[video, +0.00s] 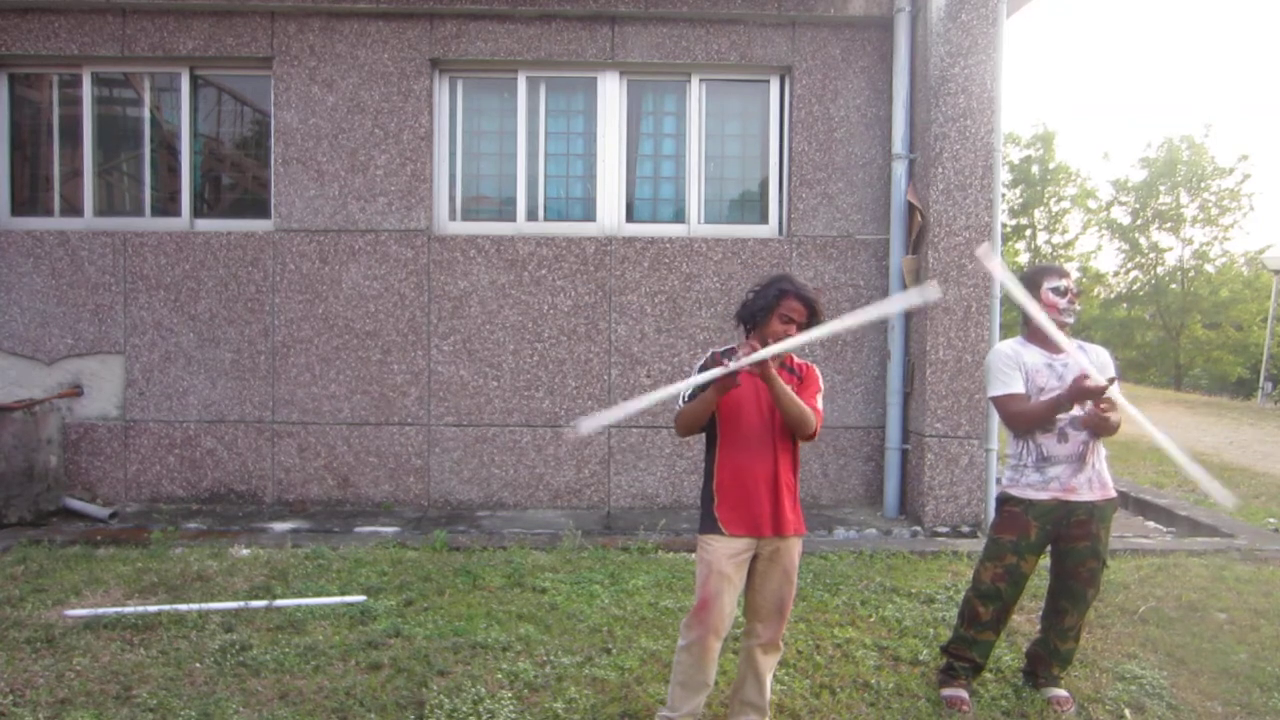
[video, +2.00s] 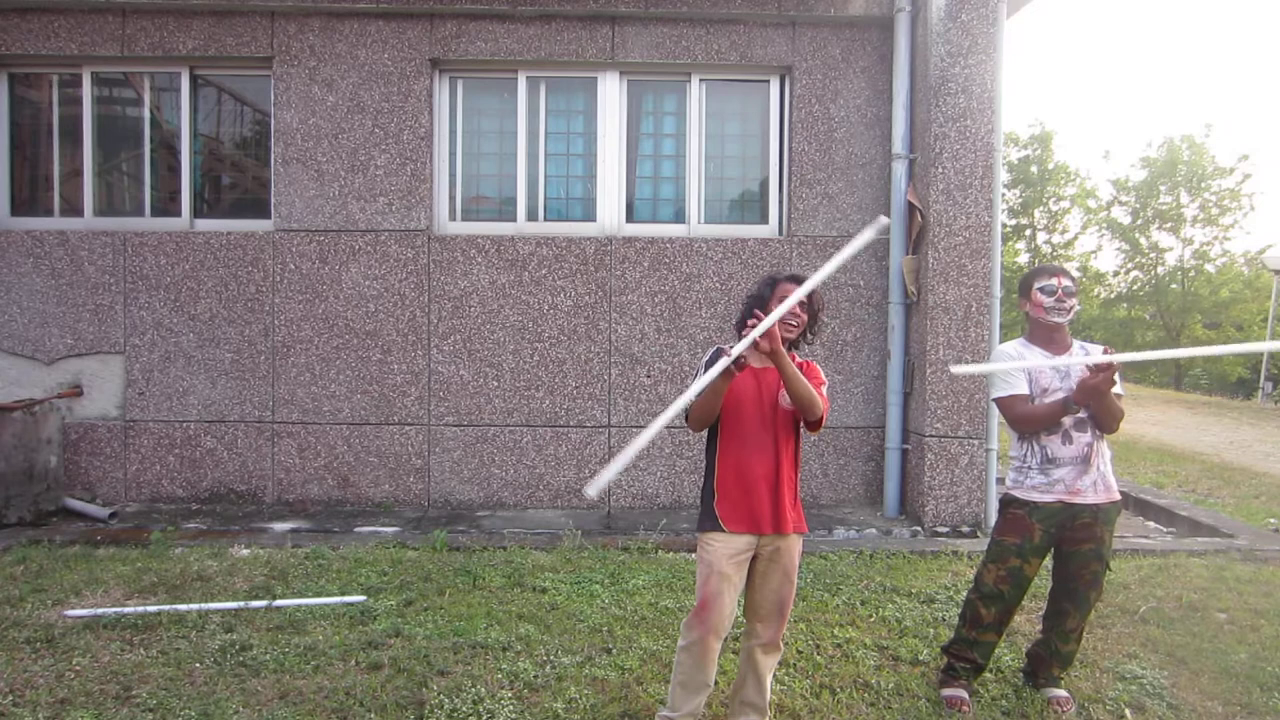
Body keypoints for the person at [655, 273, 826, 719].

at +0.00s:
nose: (792, 331)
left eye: (800, 325)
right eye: (785, 319)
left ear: (805, 330)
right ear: (758, 317)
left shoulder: (805, 372)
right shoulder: (719, 362)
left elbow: (808, 428)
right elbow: (684, 426)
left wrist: (771, 374)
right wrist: (722, 385)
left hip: (783, 521)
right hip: (726, 520)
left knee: (767, 636)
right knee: (707, 626)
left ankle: (749, 715)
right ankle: (678, 714)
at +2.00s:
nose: (794, 312)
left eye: (802, 308)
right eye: (785, 303)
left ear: (808, 320)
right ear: (759, 310)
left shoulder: (807, 369)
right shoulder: (723, 360)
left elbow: (814, 414)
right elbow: (696, 421)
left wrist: (779, 354)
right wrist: (728, 370)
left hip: (784, 520)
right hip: (726, 519)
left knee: (767, 636)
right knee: (708, 622)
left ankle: (749, 714)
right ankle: (678, 713)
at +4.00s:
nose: (791, 315)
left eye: (791, 307)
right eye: (783, 307)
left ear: (780, 313)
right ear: (752, 313)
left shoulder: (793, 359)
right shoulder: (710, 356)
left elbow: (801, 413)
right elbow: (671, 398)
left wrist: (774, 371)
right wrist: (720, 370)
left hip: (780, 517)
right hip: (724, 518)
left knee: (766, 631)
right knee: (707, 623)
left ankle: (750, 713)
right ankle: (678, 713)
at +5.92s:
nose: (773, 310)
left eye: (782, 303)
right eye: (763, 300)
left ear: (793, 316)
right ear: (742, 309)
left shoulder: (801, 366)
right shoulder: (721, 364)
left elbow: (810, 421)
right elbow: (683, 408)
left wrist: (780, 368)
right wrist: (723, 366)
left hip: (781, 510)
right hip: (724, 511)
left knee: (767, 619)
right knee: (702, 614)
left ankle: (750, 707)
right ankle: (680, 706)